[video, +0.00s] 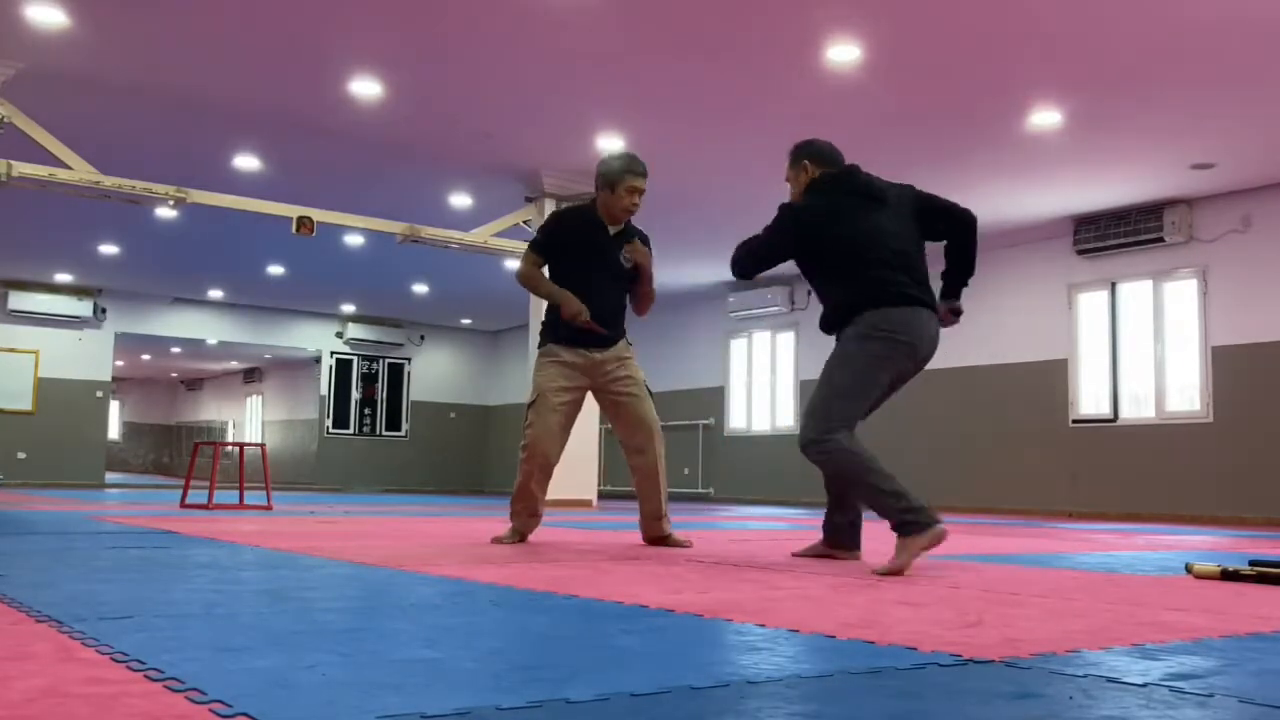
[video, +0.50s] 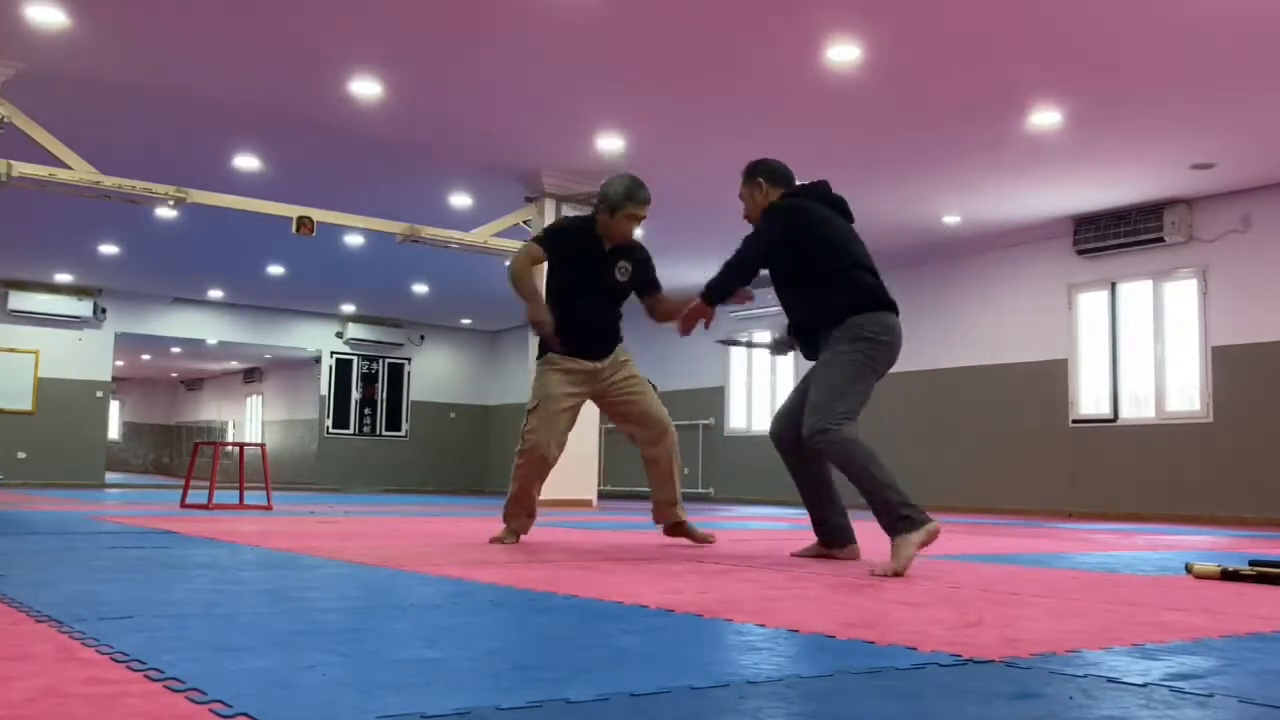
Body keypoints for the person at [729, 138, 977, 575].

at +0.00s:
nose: (788, 190)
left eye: (789, 181)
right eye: (787, 183)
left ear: (807, 172)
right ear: (837, 169)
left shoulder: (803, 213)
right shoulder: (894, 195)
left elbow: (743, 265)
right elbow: (962, 221)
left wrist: (772, 234)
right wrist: (951, 293)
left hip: (879, 326)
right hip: (920, 325)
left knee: (820, 436)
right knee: (835, 428)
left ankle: (917, 525)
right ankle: (841, 539)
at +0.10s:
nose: (781, 201)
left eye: (783, 192)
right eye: (781, 193)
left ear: (801, 185)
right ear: (830, 183)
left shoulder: (793, 223)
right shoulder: (885, 211)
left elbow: (731, 272)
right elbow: (945, 250)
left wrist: (775, 239)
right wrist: (920, 305)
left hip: (858, 336)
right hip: (908, 336)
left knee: (818, 453)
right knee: (837, 437)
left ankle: (891, 524)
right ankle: (838, 538)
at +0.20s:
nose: (772, 206)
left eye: (774, 197)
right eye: (773, 197)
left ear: (790, 190)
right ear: (820, 188)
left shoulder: (785, 227)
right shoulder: (873, 219)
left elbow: (714, 274)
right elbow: (930, 264)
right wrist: (903, 313)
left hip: (858, 339)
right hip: (900, 340)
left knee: (814, 453)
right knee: (818, 428)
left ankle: (898, 523)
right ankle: (838, 538)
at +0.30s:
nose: (767, 206)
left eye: (769, 199)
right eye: (766, 200)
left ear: (785, 192)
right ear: (815, 190)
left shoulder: (782, 222)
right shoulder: (866, 223)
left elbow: (719, 256)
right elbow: (920, 272)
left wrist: (688, 296)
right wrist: (890, 318)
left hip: (856, 339)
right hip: (892, 339)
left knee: (815, 446)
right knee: (804, 422)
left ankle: (907, 524)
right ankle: (837, 539)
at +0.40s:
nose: (756, 208)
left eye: (757, 200)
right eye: (755, 201)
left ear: (774, 193)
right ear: (800, 191)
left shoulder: (779, 219)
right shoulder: (845, 223)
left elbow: (717, 253)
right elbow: (907, 273)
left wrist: (678, 298)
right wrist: (874, 316)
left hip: (859, 337)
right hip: (878, 336)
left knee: (825, 442)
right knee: (795, 429)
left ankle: (916, 528)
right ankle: (837, 539)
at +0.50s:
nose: (743, 211)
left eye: (743, 200)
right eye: (741, 202)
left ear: (762, 189)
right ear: (778, 189)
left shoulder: (788, 215)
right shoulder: (810, 216)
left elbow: (742, 265)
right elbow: (830, 291)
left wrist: (705, 302)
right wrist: (792, 336)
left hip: (864, 329)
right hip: (848, 336)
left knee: (824, 428)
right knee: (788, 430)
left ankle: (910, 524)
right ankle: (836, 539)